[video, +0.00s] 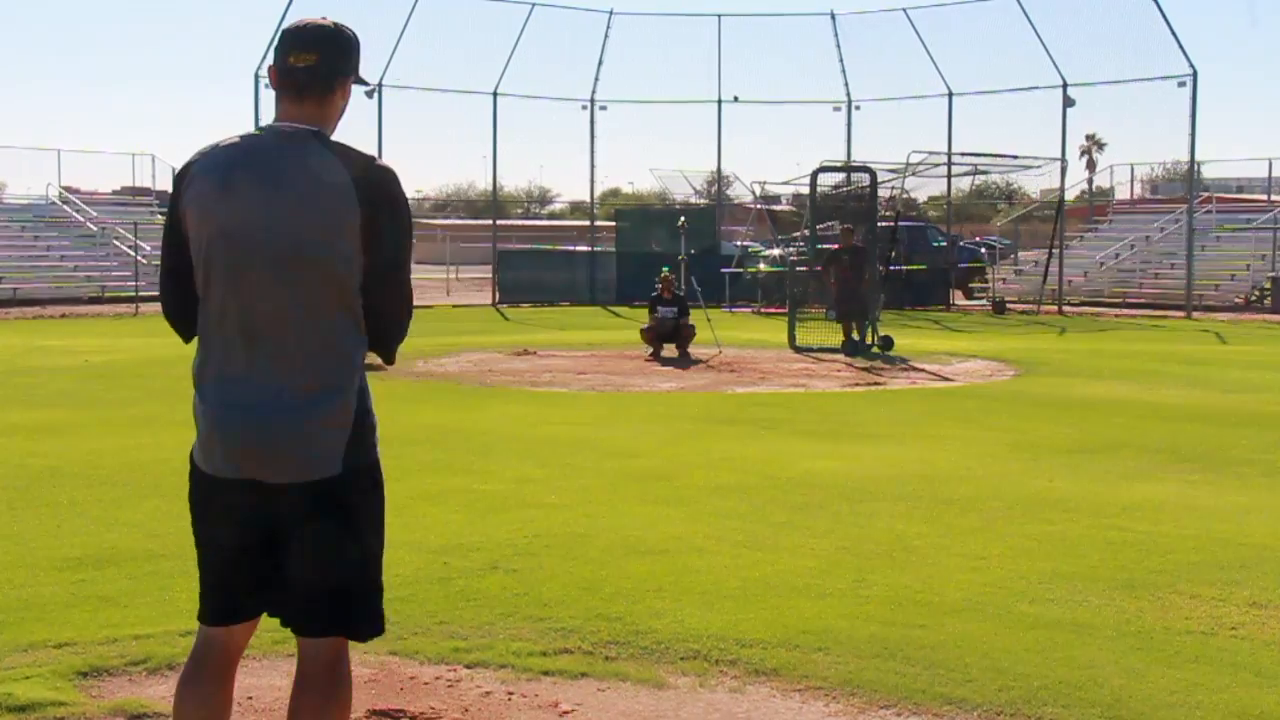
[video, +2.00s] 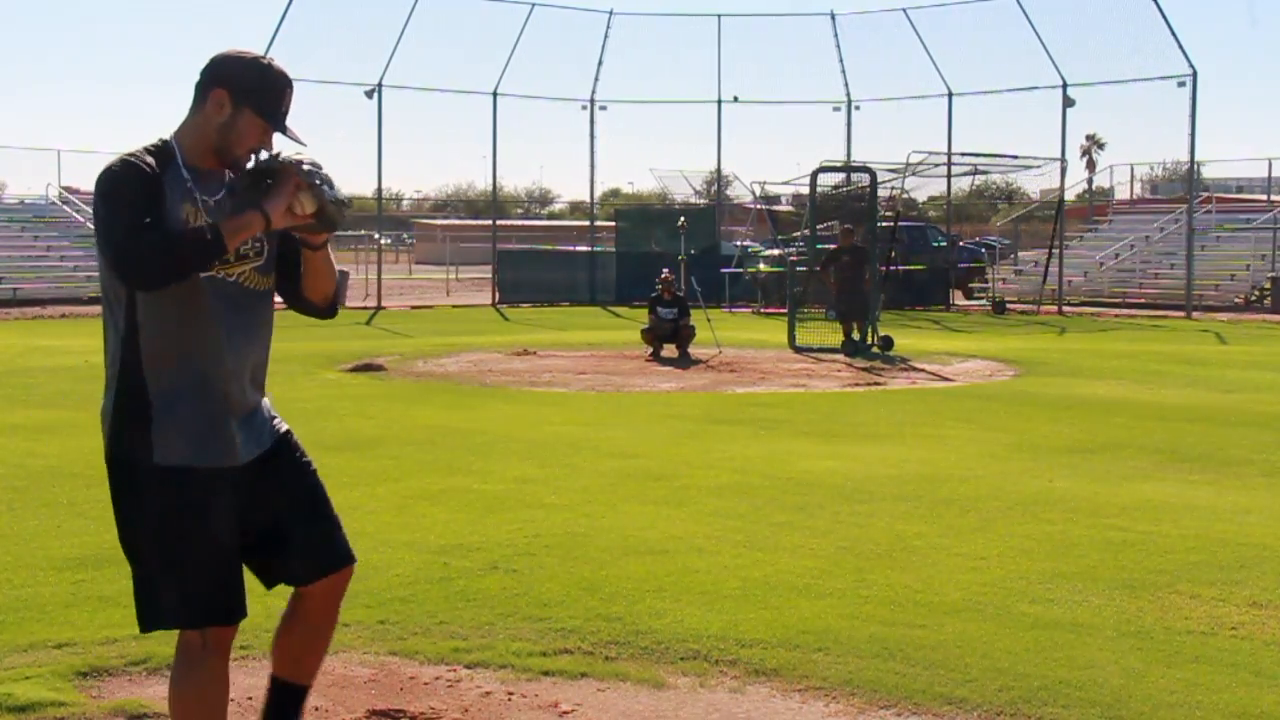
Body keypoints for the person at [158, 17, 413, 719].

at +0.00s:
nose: (342, 99)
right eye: (348, 88)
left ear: (272, 82)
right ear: (348, 92)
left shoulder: (200, 172)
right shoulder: (371, 182)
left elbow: (182, 315)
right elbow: (387, 332)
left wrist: (254, 272)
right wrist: (323, 271)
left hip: (223, 442)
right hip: (326, 446)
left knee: (220, 631)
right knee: (325, 648)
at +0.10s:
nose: (343, 98)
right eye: (346, 88)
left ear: (269, 82)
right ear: (344, 92)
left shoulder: (198, 178)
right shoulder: (366, 186)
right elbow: (390, 342)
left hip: (222, 445)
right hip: (325, 449)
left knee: (221, 633)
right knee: (324, 647)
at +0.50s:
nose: (329, 109)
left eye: (330, 98)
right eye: (331, 97)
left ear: (255, 90)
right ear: (321, 98)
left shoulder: (181, 186)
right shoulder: (329, 194)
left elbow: (165, 314)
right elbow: (352, 322)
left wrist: (226, 362)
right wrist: (391, 381)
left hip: (209, 446)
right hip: (307, 450)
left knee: (208, 588)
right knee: (312, 640)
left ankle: (156, 714)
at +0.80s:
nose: (273, 137)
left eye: (279, 124)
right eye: (278, 121)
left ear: (207, 104)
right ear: (259, 111)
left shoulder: (142, 190)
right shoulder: (235, 202)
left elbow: (197, 313)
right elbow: (288, 339)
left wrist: (309, 301)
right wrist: (348, 327)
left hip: (139, 451)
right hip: (229, 454)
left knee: (125, 627)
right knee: (274, 641)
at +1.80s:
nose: (258, 150)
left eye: (264, 139)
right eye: (256, 133)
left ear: (220, 117)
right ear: (215, 108)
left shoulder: (229, 200)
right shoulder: (141, 185)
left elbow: (279, 311)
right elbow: (189, 294)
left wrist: (317, 262)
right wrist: (288, 261)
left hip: (207, 445)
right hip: (156, 448)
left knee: (200, 610)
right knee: (227, 618)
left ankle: (138, 716)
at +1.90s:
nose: (265, 144)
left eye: (271, 131)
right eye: (262, 126)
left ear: (228, 113)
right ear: (216, 103)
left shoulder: (248, 199)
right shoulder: (135, 183)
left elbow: (299, 305)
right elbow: (171, 281)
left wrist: (318, 253)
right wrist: (282, 237)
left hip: (233, 437)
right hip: (160, 447)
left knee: (291, 581)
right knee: (219, 619)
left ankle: (185, 710)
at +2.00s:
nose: (267, 144)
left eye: (272, 131)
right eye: (263, 126)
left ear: (228, 112)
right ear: (219, 103)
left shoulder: (251, 189)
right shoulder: (131, 179)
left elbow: (316, 299)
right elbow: (141, 265)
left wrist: (312, 236)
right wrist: (257, 216)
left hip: (250, 427)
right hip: (167, 442)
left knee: (328, 567)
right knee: (209, 622)